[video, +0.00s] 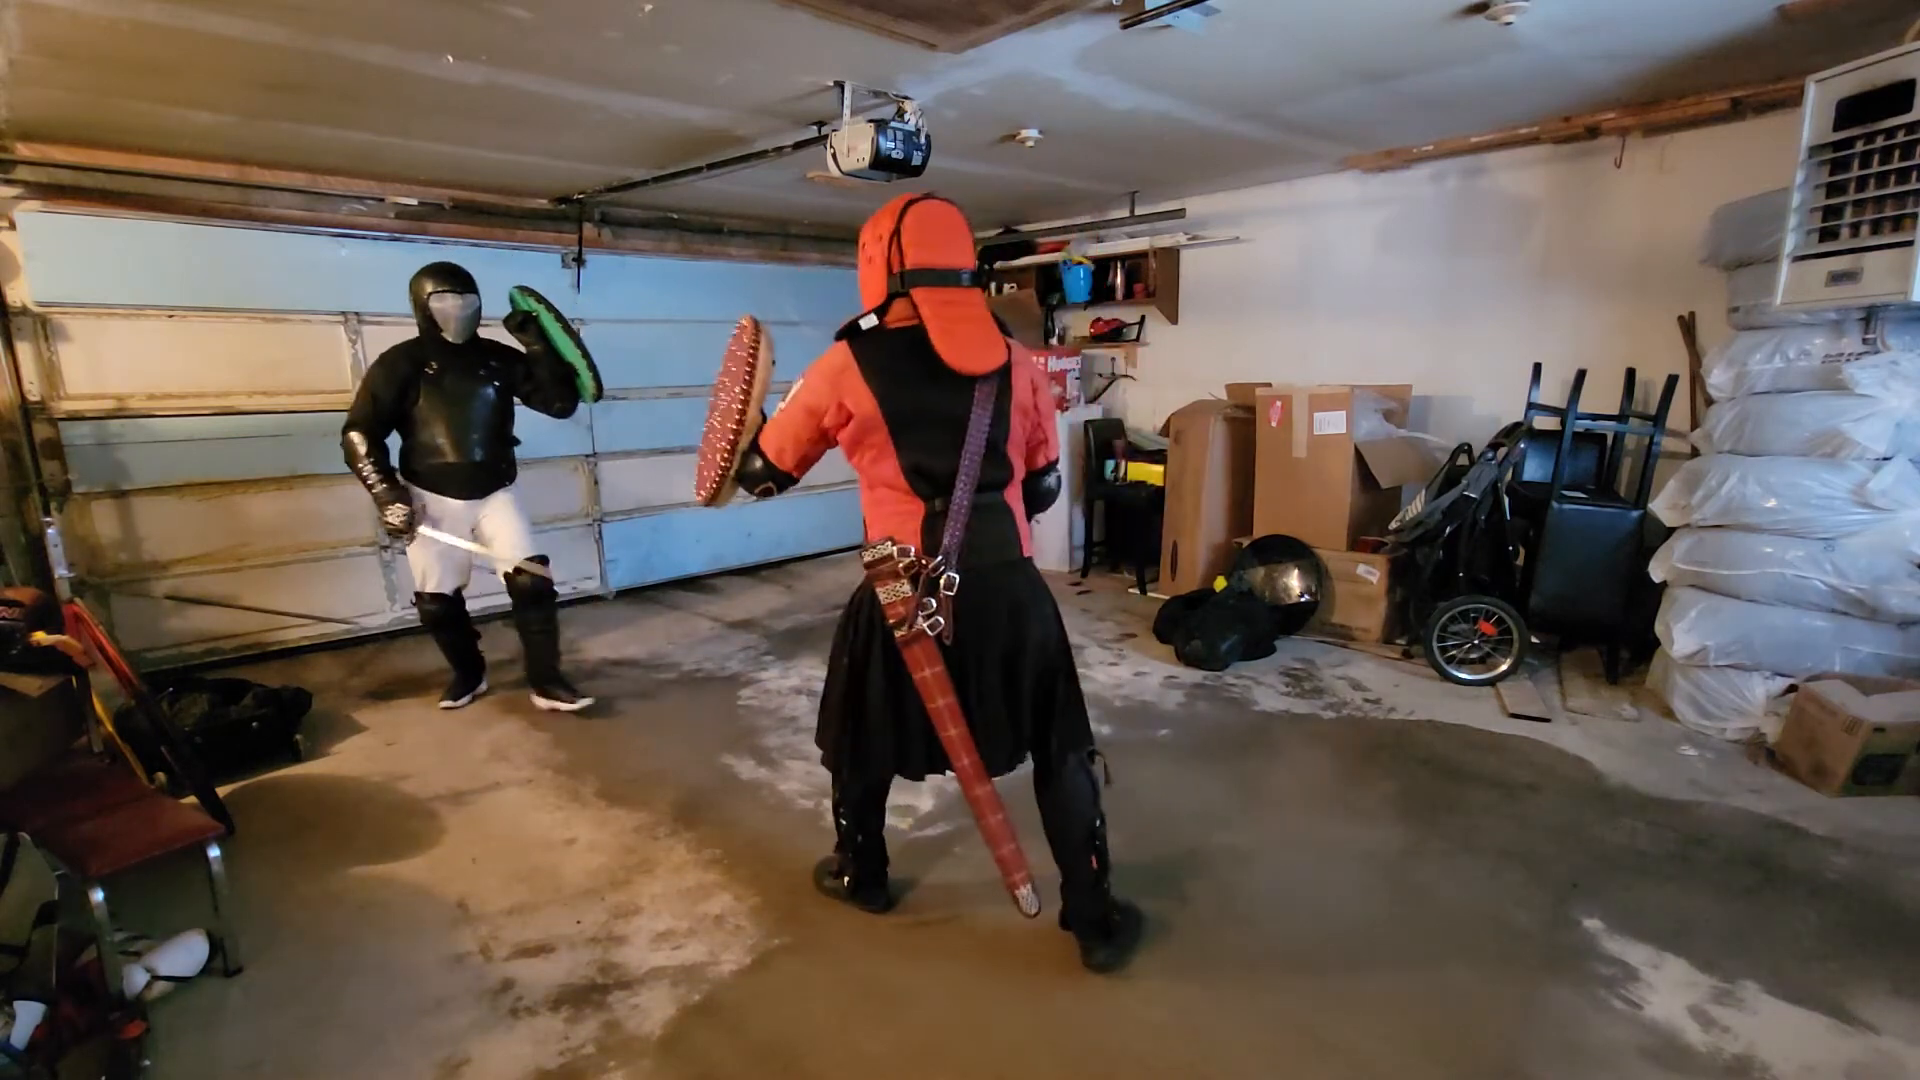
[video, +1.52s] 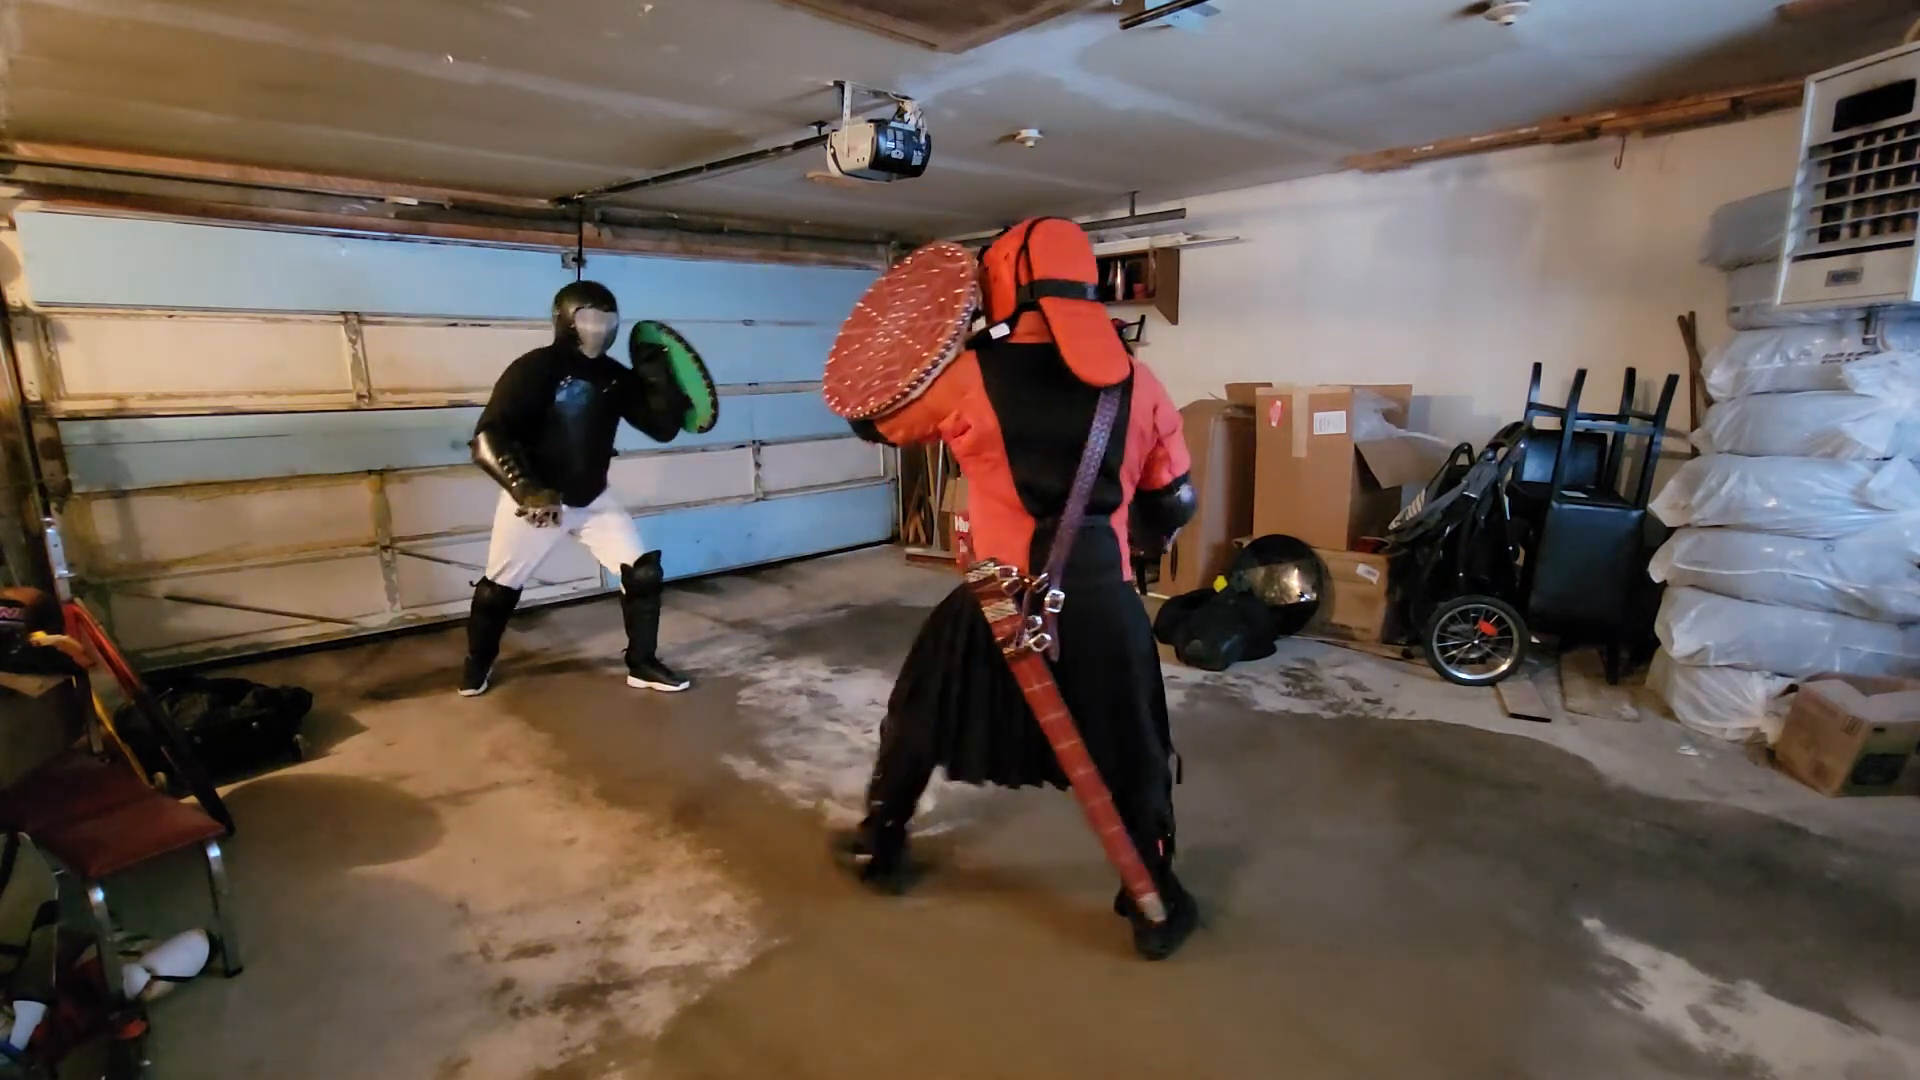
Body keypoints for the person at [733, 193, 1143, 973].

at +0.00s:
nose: (864, 279)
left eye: (869, 267)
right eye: (872, 268)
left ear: (883, 269)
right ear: (966, 267)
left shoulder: (850, 363)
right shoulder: (1017, 362)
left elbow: (767, 470)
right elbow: (1042, 488)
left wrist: (756, 436)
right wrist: (977, 489)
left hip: (903, 582)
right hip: (1008, 577)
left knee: (861, 721)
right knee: (1060, 734)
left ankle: (861, 864)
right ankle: (1094, 915)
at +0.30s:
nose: (901, 286)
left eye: (906, 273)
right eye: (903, 273)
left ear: (926, 278)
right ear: (1005, 276)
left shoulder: (892, 370)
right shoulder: (1053, 374)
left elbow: (806, 458)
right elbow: (1070, 478)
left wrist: (784, 456)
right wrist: (1006, 468)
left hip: (927, 599)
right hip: (1033, 595)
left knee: (867, 721)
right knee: (1072, 741)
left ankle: (868, 868)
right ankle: (1100, 921)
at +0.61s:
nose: (896, 286)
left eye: (901, 274)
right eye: (901, 274)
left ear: (917, 279)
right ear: (997, 278)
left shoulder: (882, 372)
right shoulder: (1046, 376)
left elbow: (795, 456)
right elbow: (1064, 484)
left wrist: (780, 454)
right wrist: (1007, 500)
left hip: (915, 597)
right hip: (1021, 596)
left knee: (860, 709)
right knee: (1058, 746)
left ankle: (849, 856)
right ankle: (1095, 920)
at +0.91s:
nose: (859, 281)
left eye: (863, 269)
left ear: (872, 272)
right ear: (957, 270)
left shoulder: (843, 361)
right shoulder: (999, 363)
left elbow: (760, 435)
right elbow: (1028, 487)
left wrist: (744, 392)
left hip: (891, 577)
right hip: (993, 570)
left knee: (844, 704)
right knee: (1058, 715)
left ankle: (846, 852)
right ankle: (1102, 887)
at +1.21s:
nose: (902, 305)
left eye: (907, 293)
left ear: (919, 298)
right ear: (1007, 291)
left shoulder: (897, 383)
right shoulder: (1056, 382)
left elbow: (815, 429)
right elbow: (1090, 481)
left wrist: (825, 336)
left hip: (939, 599)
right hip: (1044, 596)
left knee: (870, 719)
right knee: (1105, 738)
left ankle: (850, 857)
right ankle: (1148, 907)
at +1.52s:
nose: (988, 299)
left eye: (993, 286)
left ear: (1004, 291)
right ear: (1087, 289)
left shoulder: (975, 376)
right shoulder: (1135, 383)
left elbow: (884, 424)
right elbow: (1172, 499)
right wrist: (1132, 550)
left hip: (994, 605)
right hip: (1102, 605)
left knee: (919, 714)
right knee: (1133, 748)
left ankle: (880, 839)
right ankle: (1153, 902)